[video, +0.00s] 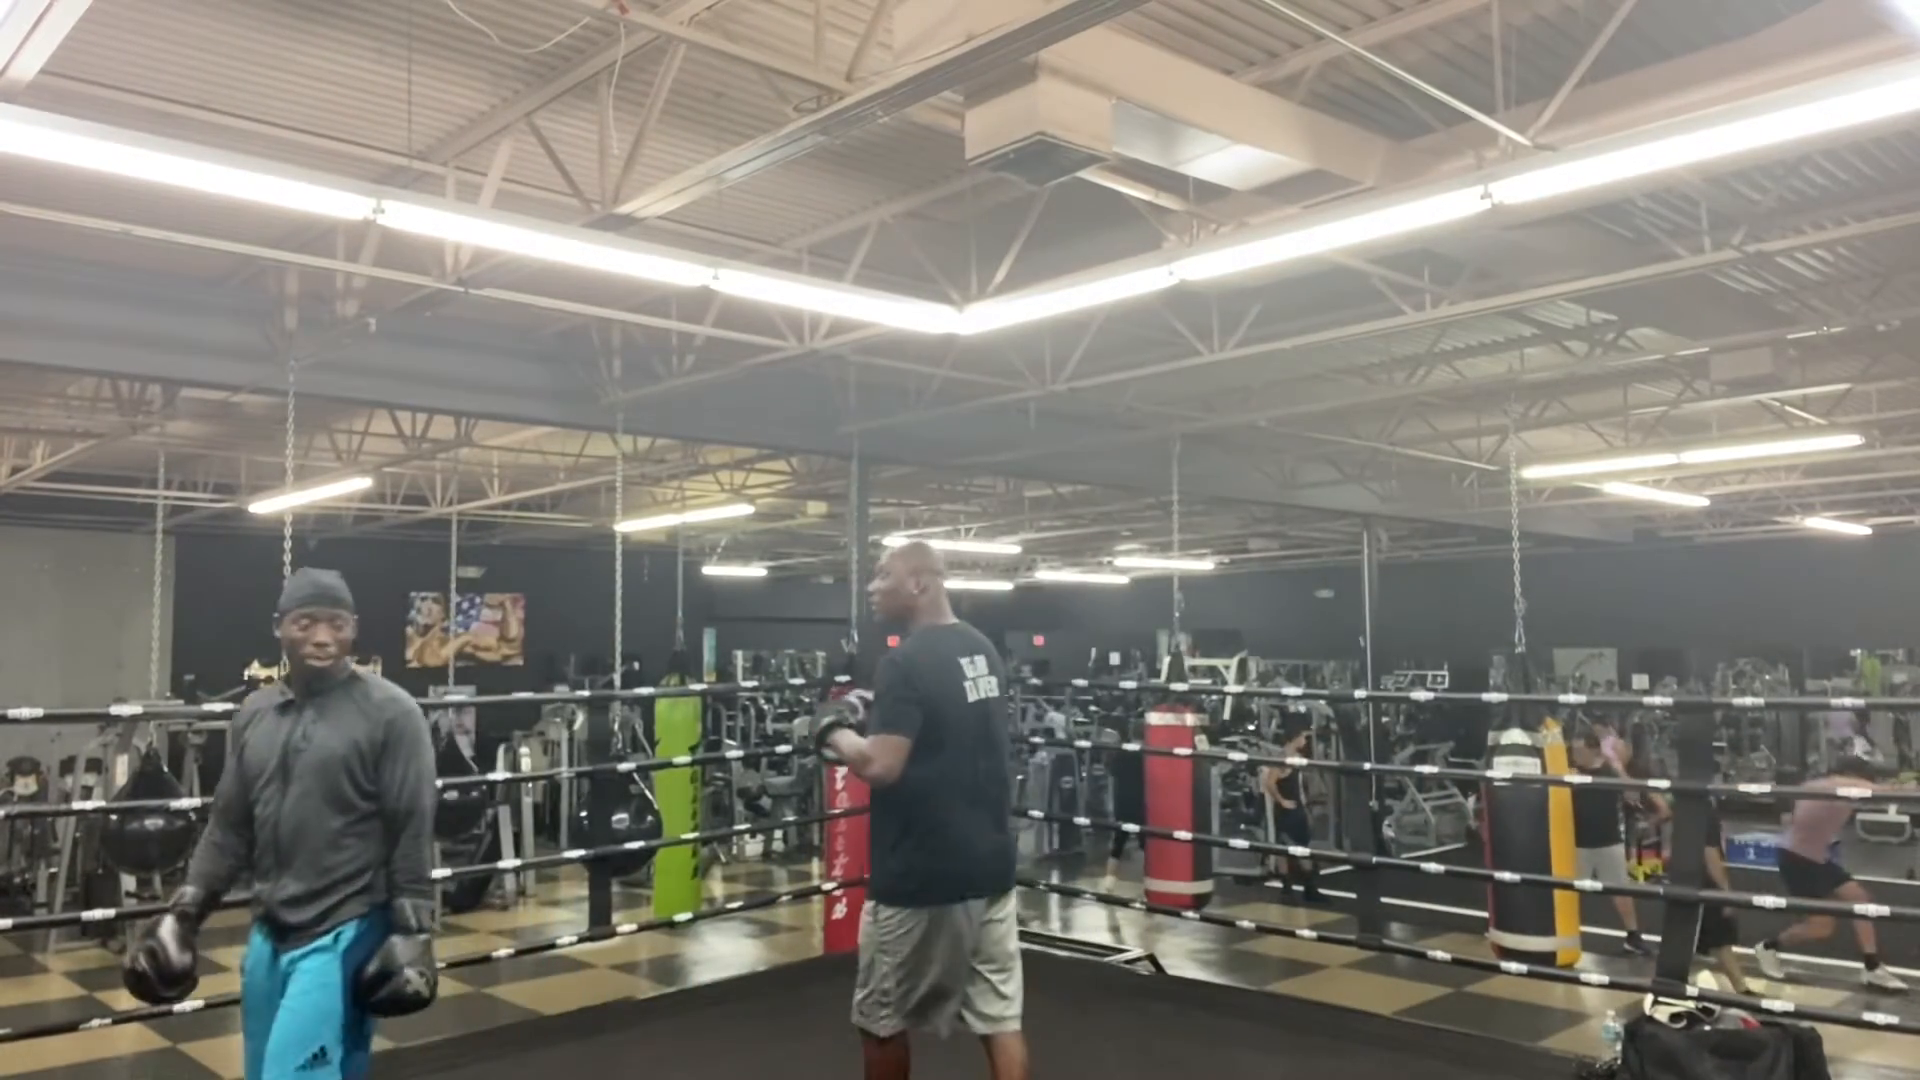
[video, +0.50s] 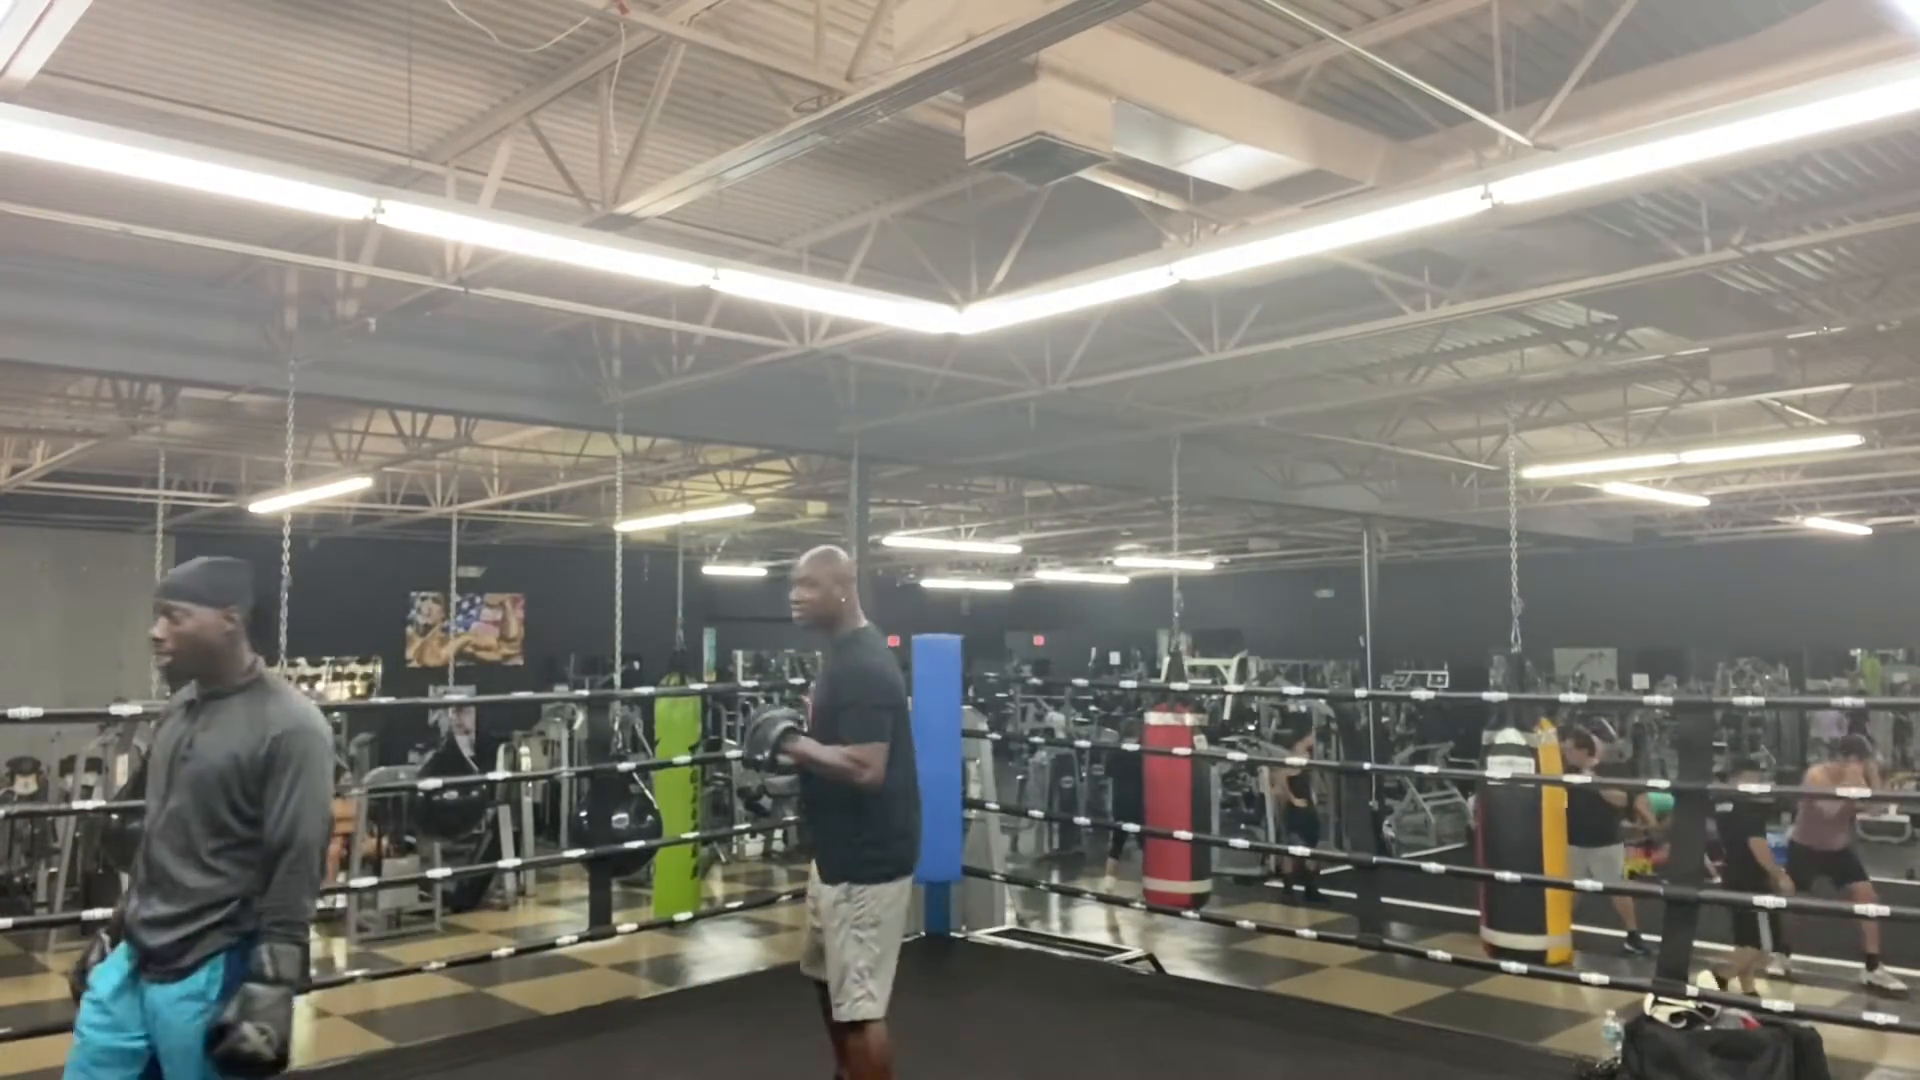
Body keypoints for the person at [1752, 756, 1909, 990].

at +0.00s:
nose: (1871, 783)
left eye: (1871, 779)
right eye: (1869, 779)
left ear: (1841, 769)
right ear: (1861, 775)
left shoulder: (1811, 783)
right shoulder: (1850, 785)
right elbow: (1883, 792)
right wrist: (1913, 788)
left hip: (1817, 862)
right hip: (1799, 863)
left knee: (1860, 902)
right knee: (1822, 927)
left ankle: (1872, 966)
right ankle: (1768, 947)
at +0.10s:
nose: (1872, 784)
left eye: (1872, 780)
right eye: (1870, 779)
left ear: (1847, 772)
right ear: (1858, 775)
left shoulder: (1817, 784)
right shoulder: (1847, 785)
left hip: (1824, 862)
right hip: (1802, 861)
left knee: (1865, 902)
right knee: (1823, 927)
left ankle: (1873, 967)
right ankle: (1766, 948)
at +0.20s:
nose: (1873, 779)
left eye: (1873, 775)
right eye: (1870, 774)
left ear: (1853, 766)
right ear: (1862, 769)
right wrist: (1903, 789)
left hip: (1828, 859)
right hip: (1802, 856)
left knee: (1867, 901)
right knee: (1819, 925)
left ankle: (1873, 968)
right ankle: (1769, 949)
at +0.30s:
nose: (1877, 771)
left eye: (1877, 765)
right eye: (1876, 765)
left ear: (1854, 760)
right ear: (1863, 761)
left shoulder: (1830, 773)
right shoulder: (1847, 777)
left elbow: (1805, 809)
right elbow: (1866, 809)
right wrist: (1877, 780)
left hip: (1834, 852)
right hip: (1805, 851)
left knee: (1866, 901)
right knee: (1813, 919)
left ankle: (1872, 967)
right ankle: (1772, 951)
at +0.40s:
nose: (1867, 766)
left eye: (1869, 762)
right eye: (1866, 761)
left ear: (1860, 760)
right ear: (1853, 756)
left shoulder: (1859, 780)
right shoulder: (1823, 773)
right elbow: (1843, 804)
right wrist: (1872, 786)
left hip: (1838, 850)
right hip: (1805, 848)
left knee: (1867, 899)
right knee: (1802, 904)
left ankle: (1873, 967)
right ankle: (1777, 953)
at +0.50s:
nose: (1855, 767)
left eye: (1860, 763)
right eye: (1853, 762)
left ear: (1863, 763)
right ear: (1842, 758)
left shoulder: (1859, 780)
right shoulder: (1816, 775)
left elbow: (1877, 808)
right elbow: (1828, 813)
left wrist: (1873, 776)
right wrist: (1849, 786)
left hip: (1839, 852)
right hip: (1804, 850)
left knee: (1866, 898)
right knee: (1789, 905)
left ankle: (1873, 967)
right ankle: (1780, 955)